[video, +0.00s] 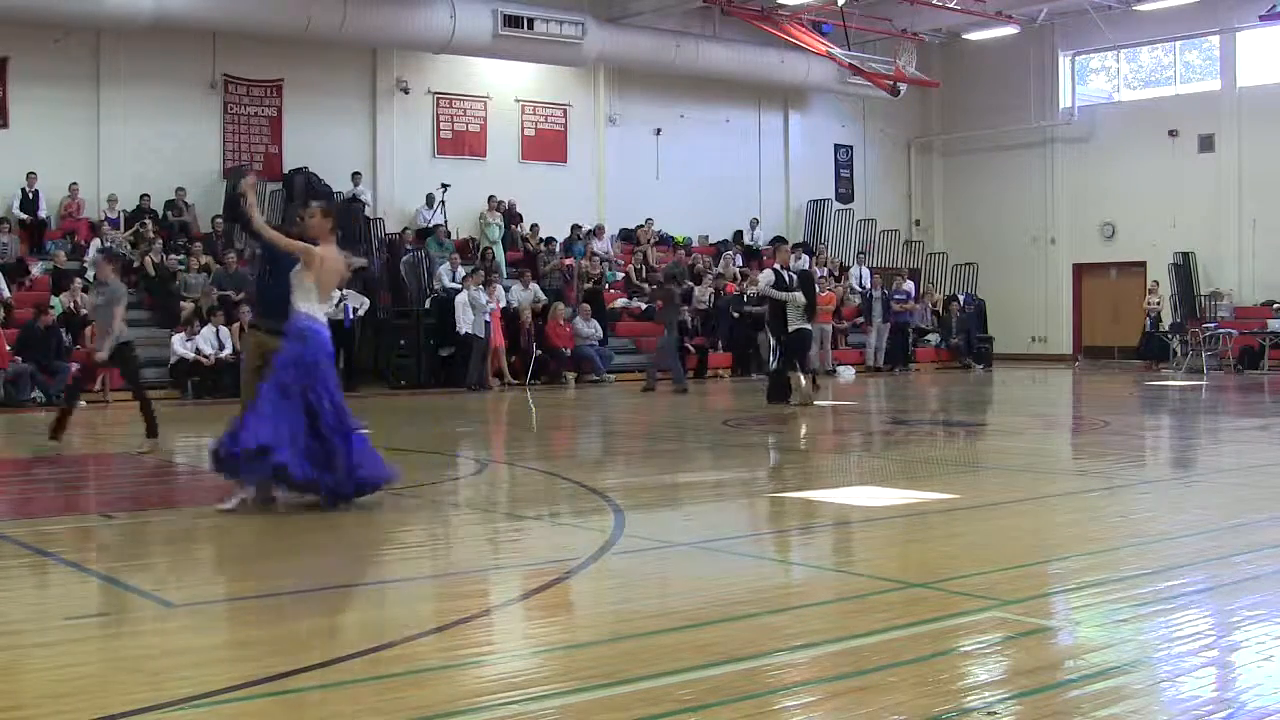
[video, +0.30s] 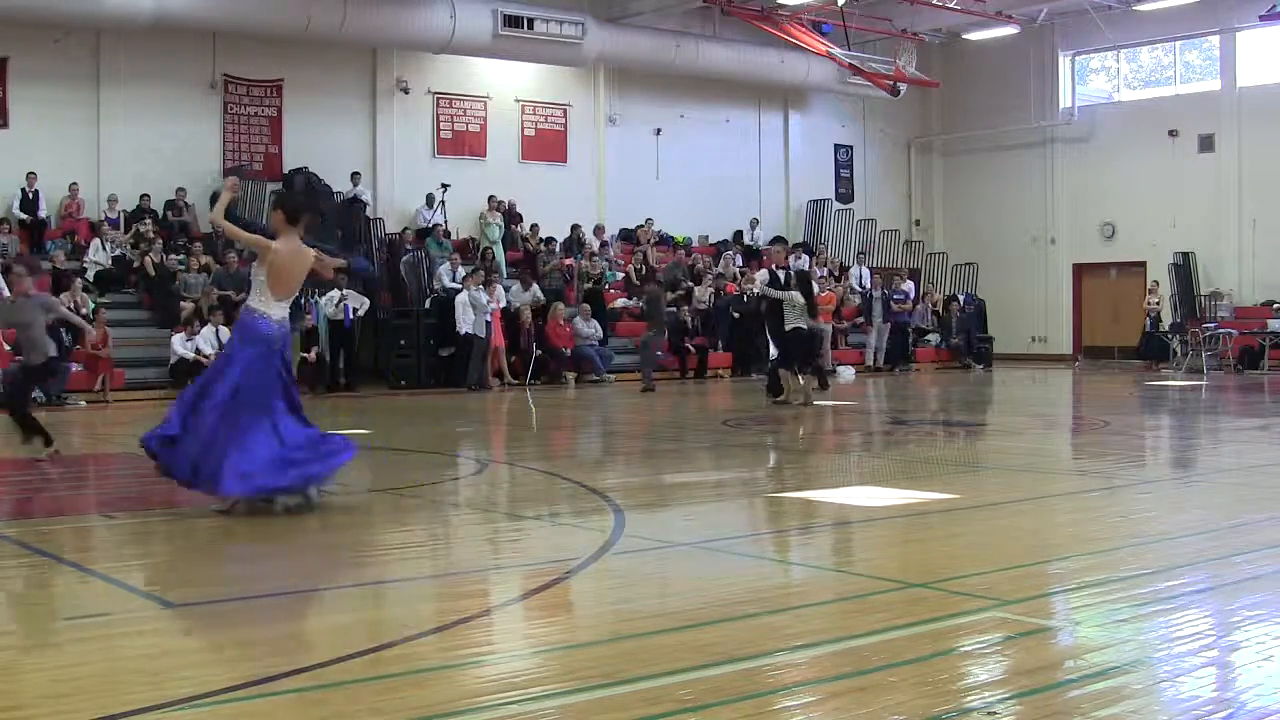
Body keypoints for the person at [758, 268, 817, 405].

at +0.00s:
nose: (795, 281)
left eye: (797, 279)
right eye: (796, 279)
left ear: (800, 281)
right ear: (810, 282)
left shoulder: (797, 296)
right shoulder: (810, 297)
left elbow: (777, 294)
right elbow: (782, 294)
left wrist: (761, 288)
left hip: (796, 331)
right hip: (806, 330)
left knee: (791, 363)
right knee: (803, 364)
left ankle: (800, 394)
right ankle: (807, 396)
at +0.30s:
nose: (792, 281)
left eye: (794, 279)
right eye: (793, 279)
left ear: (797, 281)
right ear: (807, 282)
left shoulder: (792, 295)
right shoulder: (806, 297)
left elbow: (774, 293)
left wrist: (758, 287)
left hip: (793, 332)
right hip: (804, 331)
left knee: (782, 364)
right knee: (804, 365)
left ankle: (786, 394)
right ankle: (807, 395)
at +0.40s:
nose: (789, 281)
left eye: (791, 279)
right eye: (790, 278)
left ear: (795, 282)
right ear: (805, 282)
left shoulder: (789, 296)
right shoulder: (805, 298)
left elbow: (770, 295)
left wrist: (753, 287)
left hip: (791, 332)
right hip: (803, 332)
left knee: (779, 362)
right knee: (802, 366)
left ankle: (788, 392)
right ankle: (807, 396)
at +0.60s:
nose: (783, 282)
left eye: (785, 280)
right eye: (784, 280)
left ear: (789, 283)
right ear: (798, 283)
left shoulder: (784, 297)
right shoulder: (798, 298)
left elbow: (765, 297)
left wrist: (747, 292)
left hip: (787, 333)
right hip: (796, 331)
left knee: (791, 366)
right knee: (796, 366)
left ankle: (796, 396)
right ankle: (805, 396)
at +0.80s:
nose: (775, 281)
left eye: (777, 279)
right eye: (776, 278)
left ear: (782, 282)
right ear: (786, 283)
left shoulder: (777, 297)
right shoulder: (785, 297)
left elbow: (756, 297)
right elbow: (759, 297)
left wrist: (735, 292)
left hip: (778, 334)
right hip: (785, 332)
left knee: (780, 368)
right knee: (784, 367)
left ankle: (785, 397)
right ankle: (785, 396)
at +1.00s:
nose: (764, 283)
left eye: (766, 281)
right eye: (765, 281)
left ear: (770, 284)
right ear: (776, 285)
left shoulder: (764, 298)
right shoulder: (777, 297)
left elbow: (745, 298)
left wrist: (725, 294)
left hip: (765, 335)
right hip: (777, 333)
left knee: (766, 366)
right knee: (778, 365)